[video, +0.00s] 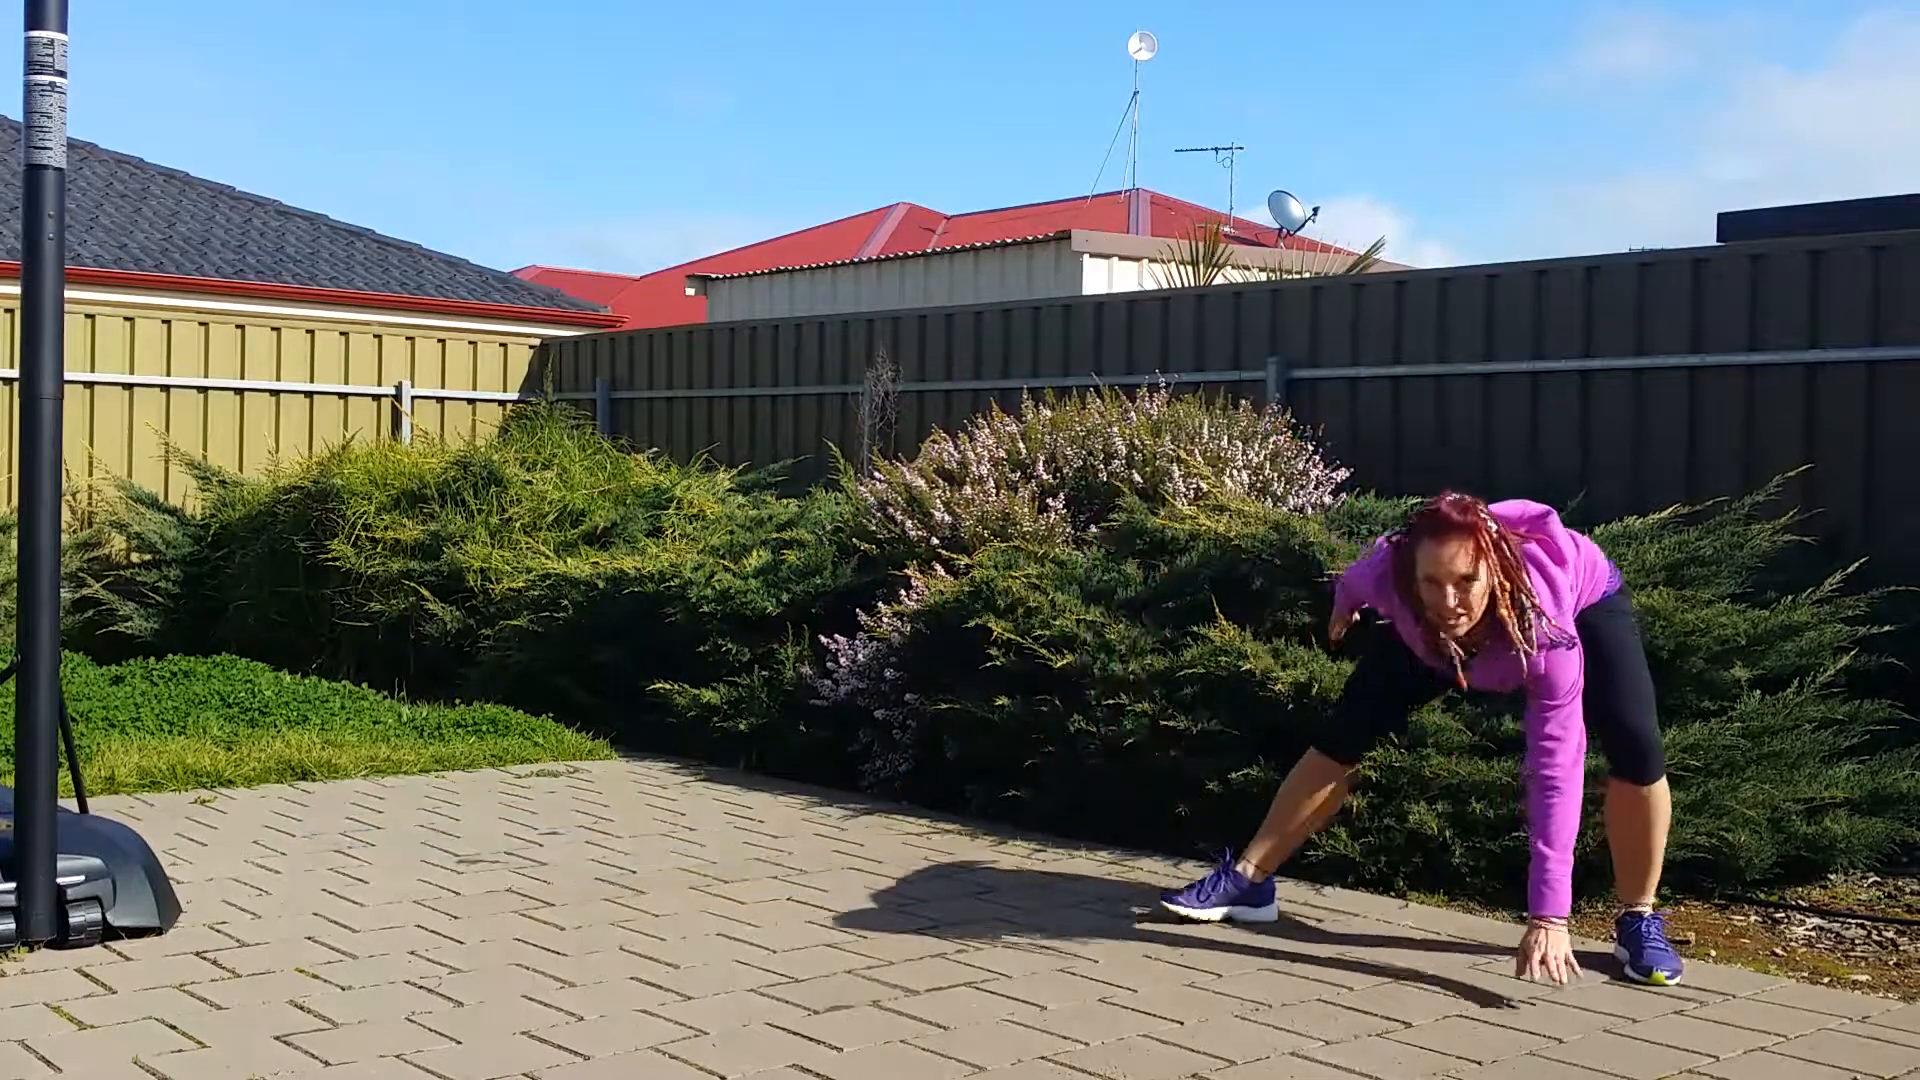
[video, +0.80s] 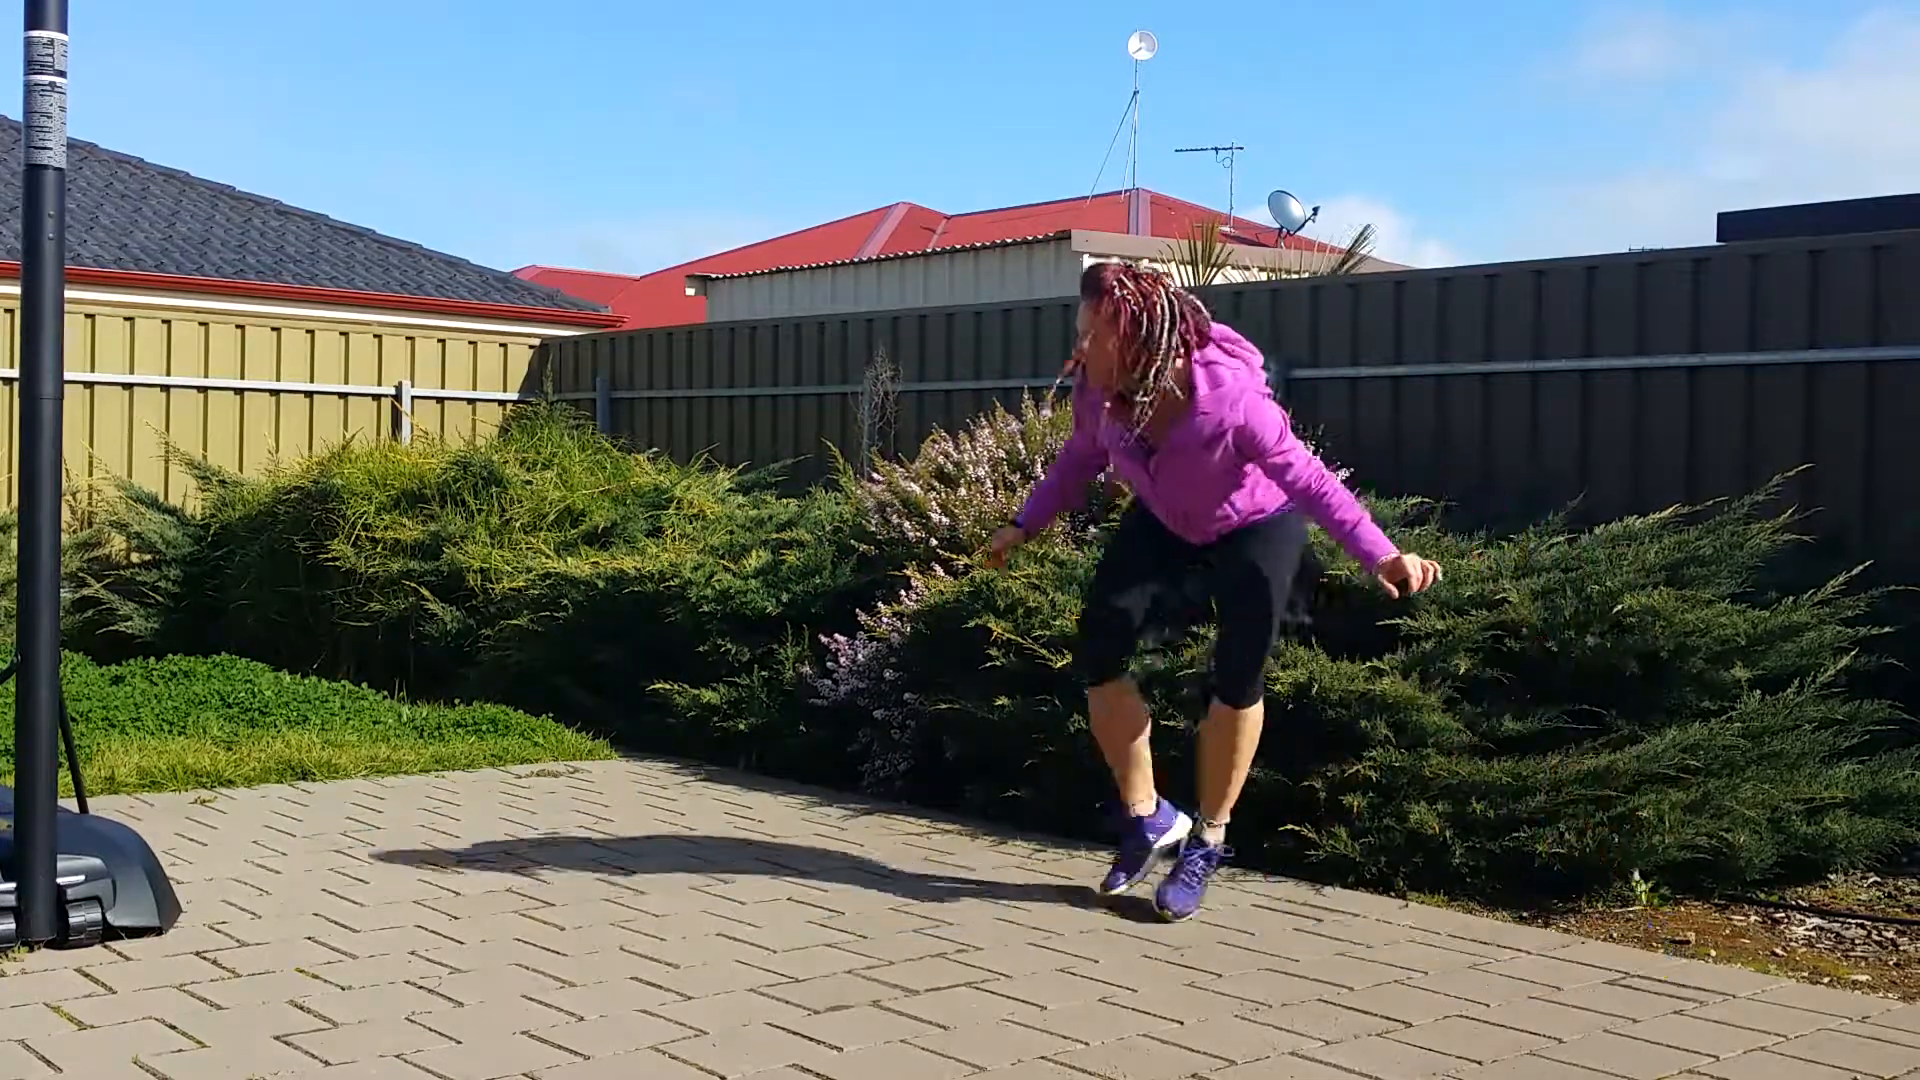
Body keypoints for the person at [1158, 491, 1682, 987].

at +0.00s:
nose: (1448, 599)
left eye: (1464, 581)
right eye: (1431, 581)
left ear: (1493, 573)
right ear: (1408, 570)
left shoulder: (1547, 625)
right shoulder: (1390, 572)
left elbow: (1554, 771)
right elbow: (1353, 583)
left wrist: (1546, 917)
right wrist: (1337, 609)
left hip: (1575, 606)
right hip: (1434, 627)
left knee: (1639, 746)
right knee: (1347, 732)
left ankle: (1640, 922)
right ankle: (1246, 878)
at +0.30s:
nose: (1393, 573)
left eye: (1411, 558)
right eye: (1381, 556)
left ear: (1449, 550)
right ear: (1366, 544)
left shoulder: (1518, 594)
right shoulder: (1373, 552)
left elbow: (1557, 736)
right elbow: (1354, 578)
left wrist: (1572, 877)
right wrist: (1330, 621)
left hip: (1571, 604)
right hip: (1445, 615)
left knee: (1632, 749)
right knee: (1333, 710)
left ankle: (1641, 922)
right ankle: (1255, 876)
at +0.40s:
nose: (1321, 532)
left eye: (1338, 518)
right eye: (1317, 516)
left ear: (1381, 514)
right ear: (1312, 512)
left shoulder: (1465, 556)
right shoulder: (1331, 545)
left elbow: (1532, 684)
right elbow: (1315, 589)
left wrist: (1555, 803)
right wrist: (1290, 635)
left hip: (1529, 597)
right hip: (1415, 610)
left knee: (1600, 752)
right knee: (1290, 710)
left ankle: (1637, 920)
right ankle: (1251, 879)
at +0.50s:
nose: (1249, 481)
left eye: (1263, 469)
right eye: (1248, 466)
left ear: (1312, 472)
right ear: (1249, 462)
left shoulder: (1392, 509)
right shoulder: (1263, 503)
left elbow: (1473, 602)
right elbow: (1255, 567)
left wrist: (1521, 695)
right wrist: (1218, 634)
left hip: (1460, 595)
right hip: (1356, 602)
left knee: (1541, 736)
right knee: (1244, 699)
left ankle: (1630, 918)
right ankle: (1244, 880)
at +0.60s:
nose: (1178, 424)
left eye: (1191, 412)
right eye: (1176, 409)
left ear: (1237, 412)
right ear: (1185, 409)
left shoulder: (1320, 455)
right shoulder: (1188, 459)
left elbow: (1403, 530)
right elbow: (1182, 531)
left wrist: (1476, 600)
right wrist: (1141, 609)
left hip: (1370, 579)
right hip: (1263, 584)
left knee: (1456, 722)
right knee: (1200, 707)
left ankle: (1570, 893)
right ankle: (1241, 883)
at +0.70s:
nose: (1127, 371)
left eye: (1140, 357)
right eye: (1127, 357)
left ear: (1184, 358)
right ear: (1148, 358)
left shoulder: (1267, 406)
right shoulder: (1147, 417)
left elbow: (1346, 485)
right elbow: (1121, 488)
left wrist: (1428, 556)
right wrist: (1071, 555)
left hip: (1309, 534)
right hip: (1215, 542)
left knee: (1347, 687)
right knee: (1177, 680)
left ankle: (1370, 863)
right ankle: (1227, 863)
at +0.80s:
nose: (1082, 348)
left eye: (1094, 334)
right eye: (1084, 333)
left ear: (1137, 339)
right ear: (1108, 337)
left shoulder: (1227, 392)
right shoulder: (1099, 388)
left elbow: (1306, 474)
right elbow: (1078, 460)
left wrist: (1382, 554)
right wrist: (1023, 525)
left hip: (1256, 516)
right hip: (1164, 513)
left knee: (1243, 656)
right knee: (1103, 638)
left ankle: (1207, 843)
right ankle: (1146, 817)